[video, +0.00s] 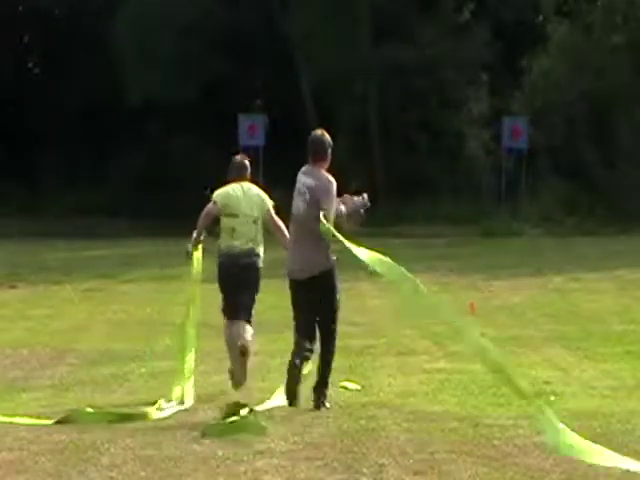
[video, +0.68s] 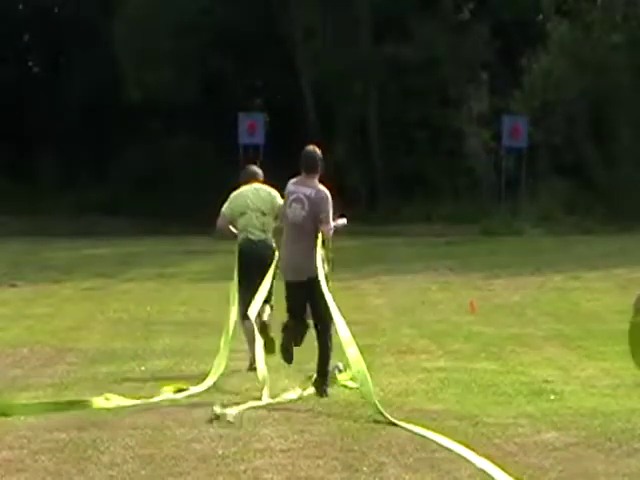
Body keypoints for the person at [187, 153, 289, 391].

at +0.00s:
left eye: (234, 173)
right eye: (246, 172)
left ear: (230, 174)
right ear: (249, 174)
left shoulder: (223, 193)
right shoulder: (259, 195)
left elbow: (207, 214)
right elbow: (276, 223)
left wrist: (197, 234)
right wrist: (291, 245)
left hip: (227, 255)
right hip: (251, 254)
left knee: (230, 312)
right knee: (245, 305)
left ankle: (234, 365)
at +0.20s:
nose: (253, 178)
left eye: (246, 173)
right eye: (255, 174)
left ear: (238, 175)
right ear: (257, 175)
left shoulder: (226, 193)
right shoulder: (263, 193)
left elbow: (209, 213)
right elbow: (277, 217)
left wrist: (211, 233)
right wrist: (286, 239)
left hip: (232, 252)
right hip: (256, 252)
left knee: (234, 314)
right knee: (254, 304)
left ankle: (239, 366)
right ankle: (254, 353)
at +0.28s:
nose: (262, 176)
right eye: (263, 173)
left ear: (244, 172)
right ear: (261, 173)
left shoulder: (230, 188)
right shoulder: (266, 192)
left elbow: (214, 206)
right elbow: (276, 216)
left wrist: (217, 229)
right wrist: (275, 234)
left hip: (232, 243)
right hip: (256, 243)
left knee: (239, 301)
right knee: (256, 304)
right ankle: (256, 356)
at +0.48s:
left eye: (246, 170)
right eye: (255, 169)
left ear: (243, 171)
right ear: (260, 171)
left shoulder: (235, 188)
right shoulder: (273, 193)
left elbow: (219, 207)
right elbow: (282, 218)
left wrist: (225, 226)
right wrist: (275, 236)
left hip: (241, 242)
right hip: (262, 244)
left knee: (243, 297)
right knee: (259, 300)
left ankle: (245, 349)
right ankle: (257, 354)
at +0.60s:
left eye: (246, 174)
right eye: (253, 173)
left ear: (241, 175)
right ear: (258, 174)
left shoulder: (235, 191)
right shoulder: (270, 191)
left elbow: (221, 219)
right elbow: (282, 212)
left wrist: (235, 231)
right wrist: (274, 229)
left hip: (245, 241)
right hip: (267, 241)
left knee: (247, 296)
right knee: (265, 286)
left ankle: (252, 352)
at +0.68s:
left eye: (247, 178)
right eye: (258, 178)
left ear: (243, 179)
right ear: (261, 178)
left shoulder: (237, 194)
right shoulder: (271, 193)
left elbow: (222, 224)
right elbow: (283, 216)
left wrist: (238, 233)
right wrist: (270, 227)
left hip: (245, 246)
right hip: (267, 245)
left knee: (246, 302)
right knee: (266, 291)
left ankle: (253, 353)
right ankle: (265, 320)